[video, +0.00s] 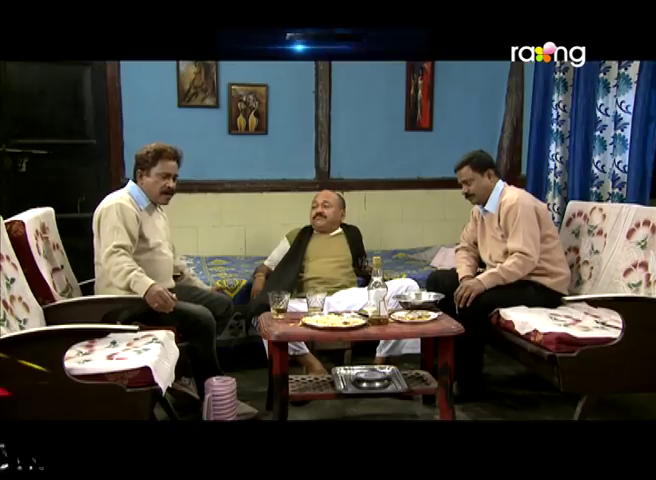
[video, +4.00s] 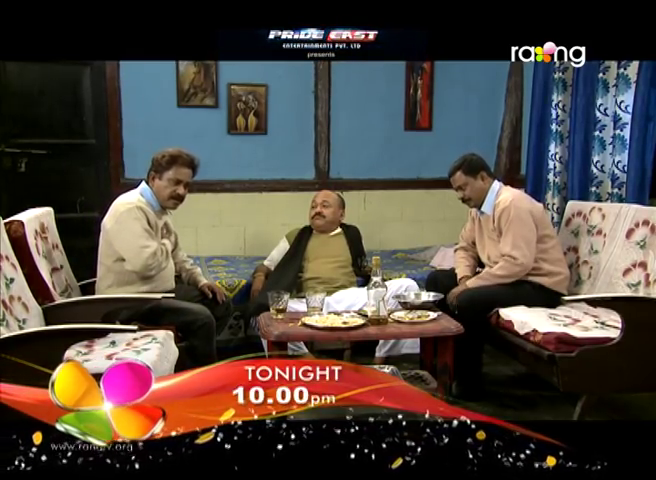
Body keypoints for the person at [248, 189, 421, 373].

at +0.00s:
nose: (318, 209)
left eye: (326, 205)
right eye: (314, 205)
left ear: (341, 214)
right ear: (310, 211)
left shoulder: (352, 233)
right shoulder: (298, 236)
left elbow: (363, 268)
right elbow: (265, 268)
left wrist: (378, 279)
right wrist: (258, 290)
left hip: (349, 297)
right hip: (306, 300)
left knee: (407, 286)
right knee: (267, 317)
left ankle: (381, 360)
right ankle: (312, 364)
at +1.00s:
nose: (318, 210)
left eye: (326, 206)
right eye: (314, 206)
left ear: (342, 213)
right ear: (309, 211)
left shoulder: (352, 233)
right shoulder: (298, 236)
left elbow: (363, 268)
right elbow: (266, 267)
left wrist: (378, 282)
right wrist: (258, 285)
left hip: (350, 297)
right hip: (308, 300)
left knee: (406, 286)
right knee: (268, 316)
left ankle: (381, 361)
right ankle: (312, 364)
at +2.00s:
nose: (318, 210)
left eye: (326, 206)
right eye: (314, 206)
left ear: (341, 213)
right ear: (309, 211)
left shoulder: (351, 233)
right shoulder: (298, 236)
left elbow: (362, 268)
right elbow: (265, 268)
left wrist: (378, 280)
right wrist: (256, 302)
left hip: (351, 297)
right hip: (311, 300)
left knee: (407, 286)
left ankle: (382, 362)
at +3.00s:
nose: (317, 210)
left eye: (326, 206)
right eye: (314, 206)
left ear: (341, 213)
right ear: (309, 211)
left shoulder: (351, 233)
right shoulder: (297, 236)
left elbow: (362, 268)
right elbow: (266, 267)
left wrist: (377, 280)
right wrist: (258, 286)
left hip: (351, 297)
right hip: (311, 300)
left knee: (406, 286)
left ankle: (381, 362)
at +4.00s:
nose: (317, 210)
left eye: (325, 206)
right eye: (314, 206)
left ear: (341, 213)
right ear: (309, 211)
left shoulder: (351, 233)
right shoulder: (297, 236)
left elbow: (362, 268)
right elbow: (265, 267)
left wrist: (377, 282)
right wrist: (256, 297)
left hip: (351, 297)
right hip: (311, 300)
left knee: (406, 286)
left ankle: (381, 362)